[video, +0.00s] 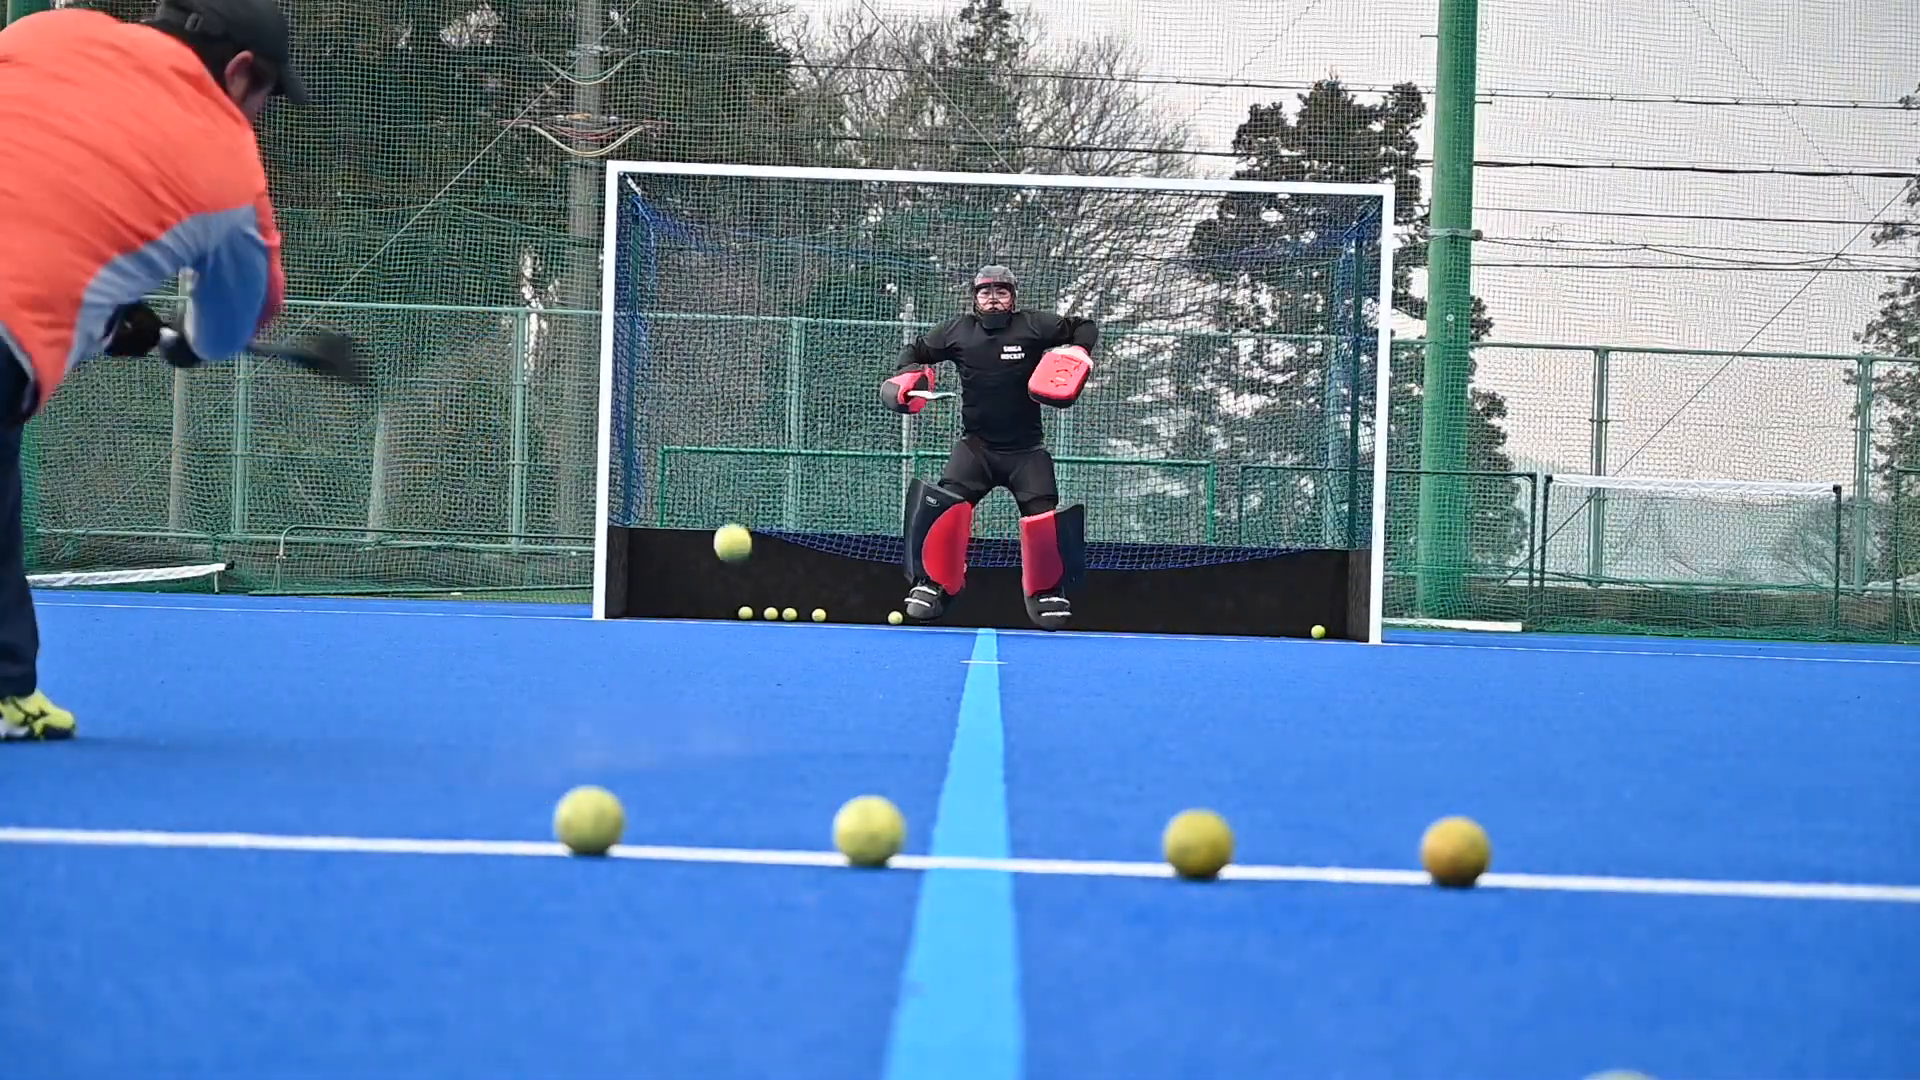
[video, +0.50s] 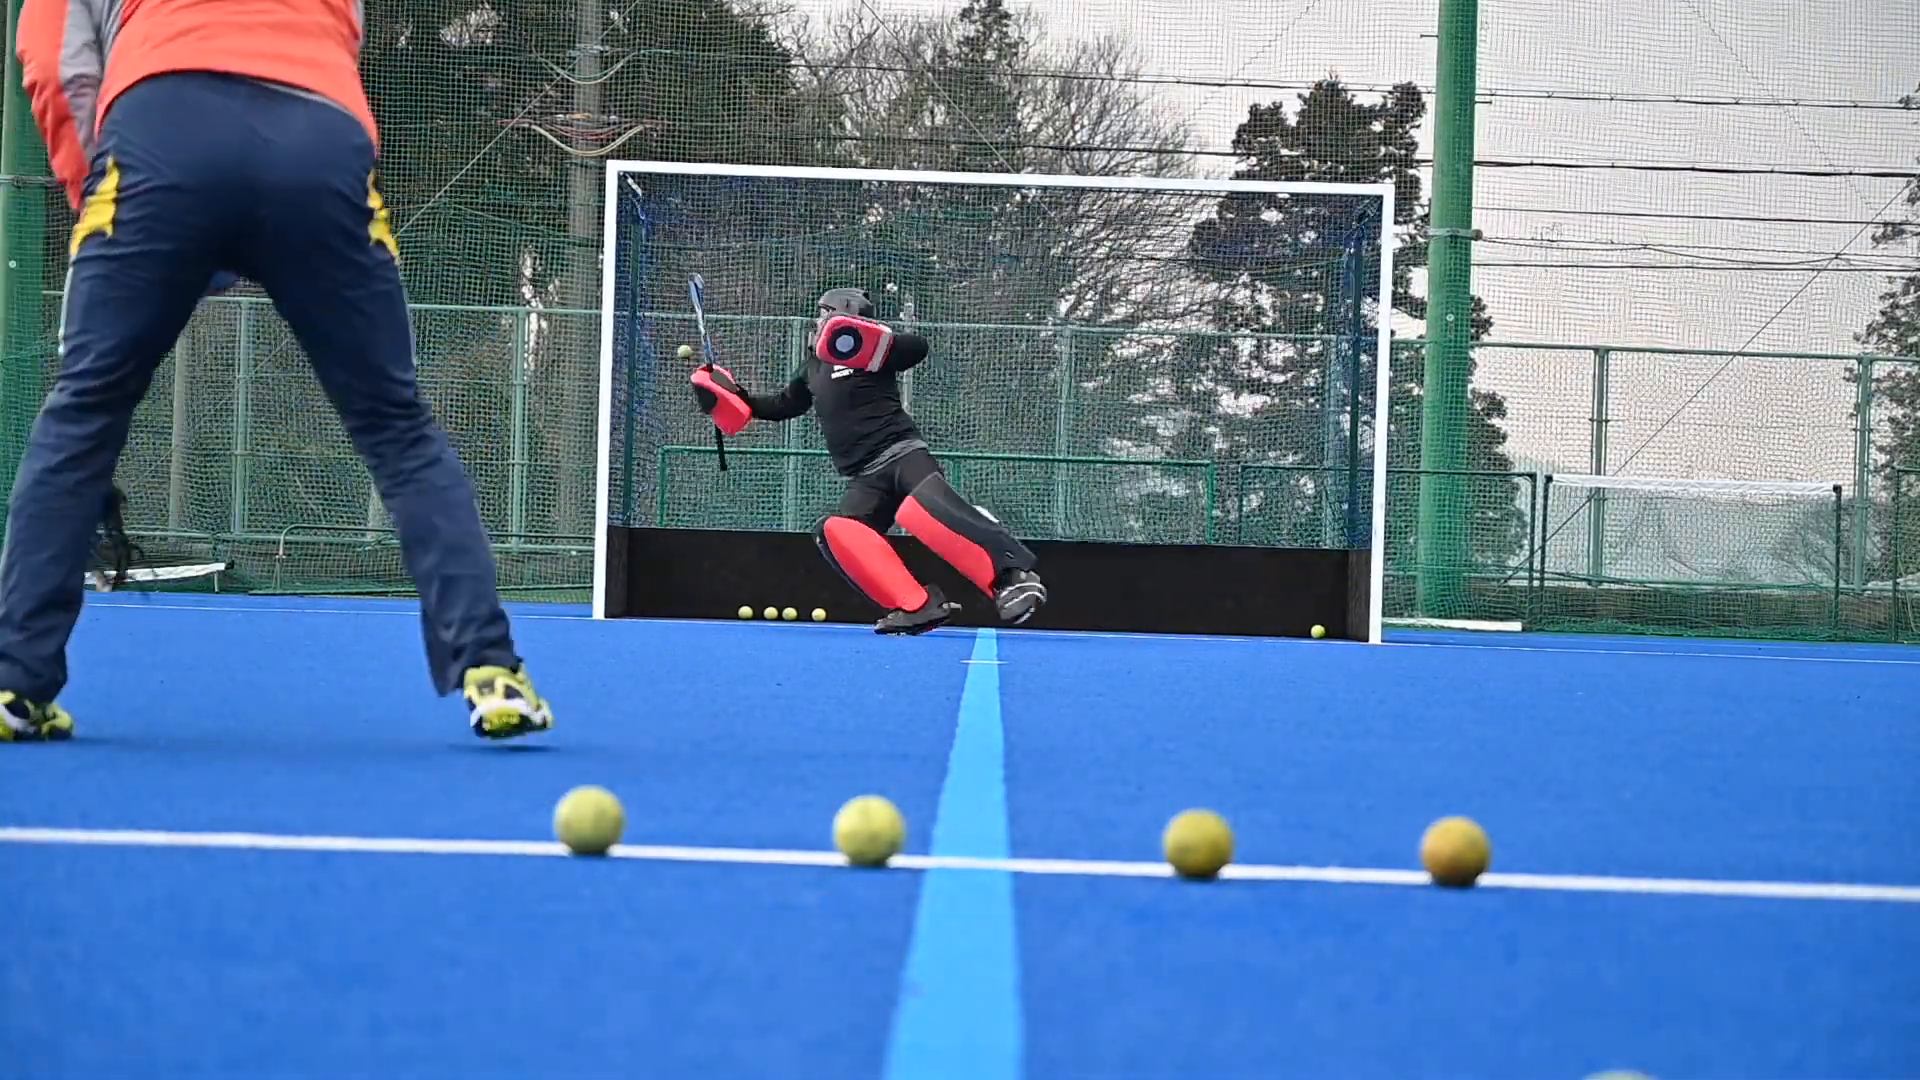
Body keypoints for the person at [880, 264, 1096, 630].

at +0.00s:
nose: (994, 298)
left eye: (1001, 291)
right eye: (986, 291)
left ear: (1013, 297)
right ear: (975, 297)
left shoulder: (1034, 325)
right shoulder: (957, 332)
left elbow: (1086, 328)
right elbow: (916, 352)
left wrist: (1076, 355)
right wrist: (905, 380)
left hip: (1026, 449)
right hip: (976, 447)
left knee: (1042, 515)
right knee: (945, 504)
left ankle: (1046, 594)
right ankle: (931, 587)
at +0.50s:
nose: (828, 329)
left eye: (838, 322)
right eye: (824, 322)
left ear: (859, 322)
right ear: (817, 326)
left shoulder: (874, 352)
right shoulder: (811, 368)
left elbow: (919, 348)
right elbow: (780, 404)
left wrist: (866, 335)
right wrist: (731, 393)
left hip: (903, 452)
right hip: (862, 478)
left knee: (929, 505)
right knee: (838, 531)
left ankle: (1015, 577)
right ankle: (919, 605)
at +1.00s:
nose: (668, 307)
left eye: (666, 303)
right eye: (669, 302)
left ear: (653, 312)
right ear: (688, 311)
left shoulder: (649, 343)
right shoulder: (716, 349)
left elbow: (631, 394)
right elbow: (739, 408)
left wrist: (588, 434)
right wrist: (757, 465)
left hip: (668, 451)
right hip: (715, 459)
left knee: (616, 520)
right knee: (694, 539)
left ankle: (575, 596)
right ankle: (708, 590)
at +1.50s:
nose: (618, 279)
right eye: (613, 270)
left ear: (570, 277)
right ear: (607, 275)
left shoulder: (547, 318)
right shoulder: (618, 312)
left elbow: (550, 367)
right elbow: (623, 362)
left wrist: (588, 371)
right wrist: (667, 378)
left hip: (576, 437)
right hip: (625, 433)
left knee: (567, 518)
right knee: (655, 495)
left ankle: (551, 598)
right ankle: (679, 545)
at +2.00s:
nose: (665, 293)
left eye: (663, 286)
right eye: (662, 287)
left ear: (622, 287)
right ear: (654, 288)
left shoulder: (594, 323)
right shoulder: (665, 324)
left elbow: (574, 381)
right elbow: (677, 377)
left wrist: (585, 413)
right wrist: (726, 382)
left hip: (608, 440)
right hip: (655, 441)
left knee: (587, 519)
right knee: (669, 524)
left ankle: (556, 588)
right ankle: (668, 602)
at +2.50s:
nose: (734, 286)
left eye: (732, 280)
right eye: (730, 280)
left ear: (695, 284)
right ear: (718, 284)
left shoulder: (672, 320)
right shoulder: (732, 324)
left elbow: (654, 379)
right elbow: (775, 369)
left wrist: (634, 424)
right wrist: (814, 357)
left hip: (674, 434)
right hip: (709, 435)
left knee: (718, 510)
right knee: (689, 520)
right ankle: (665, 599)